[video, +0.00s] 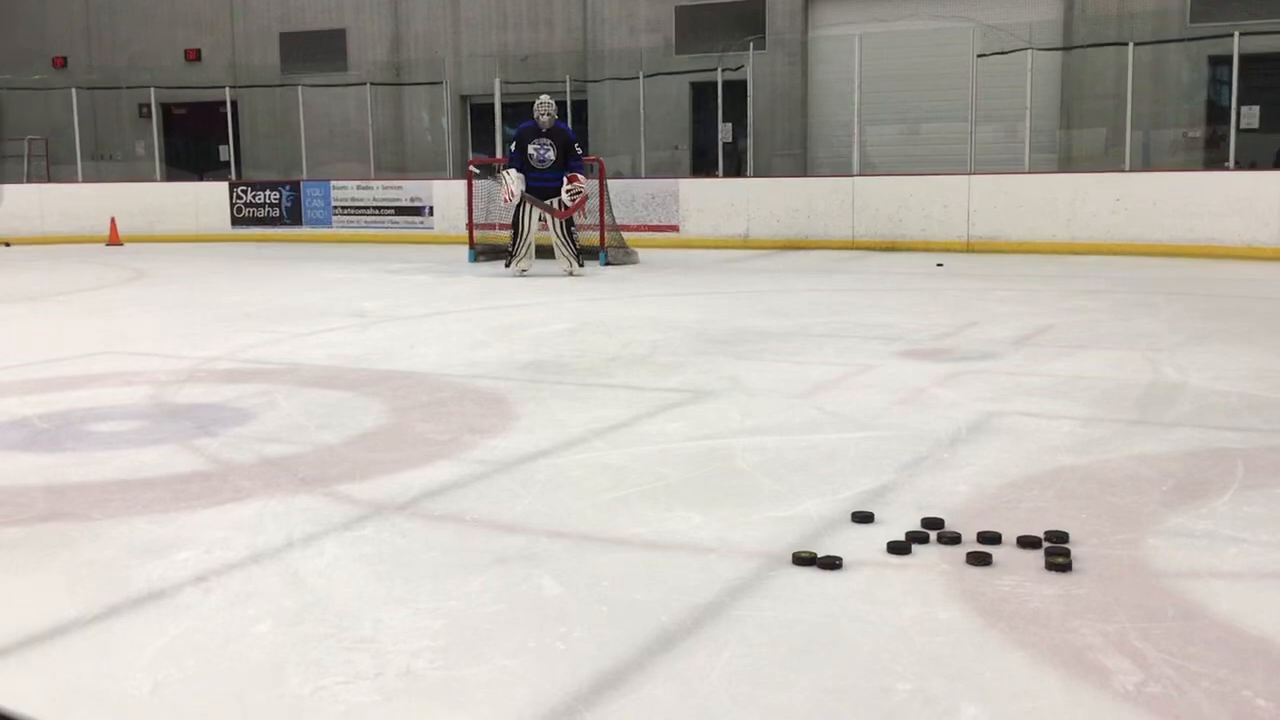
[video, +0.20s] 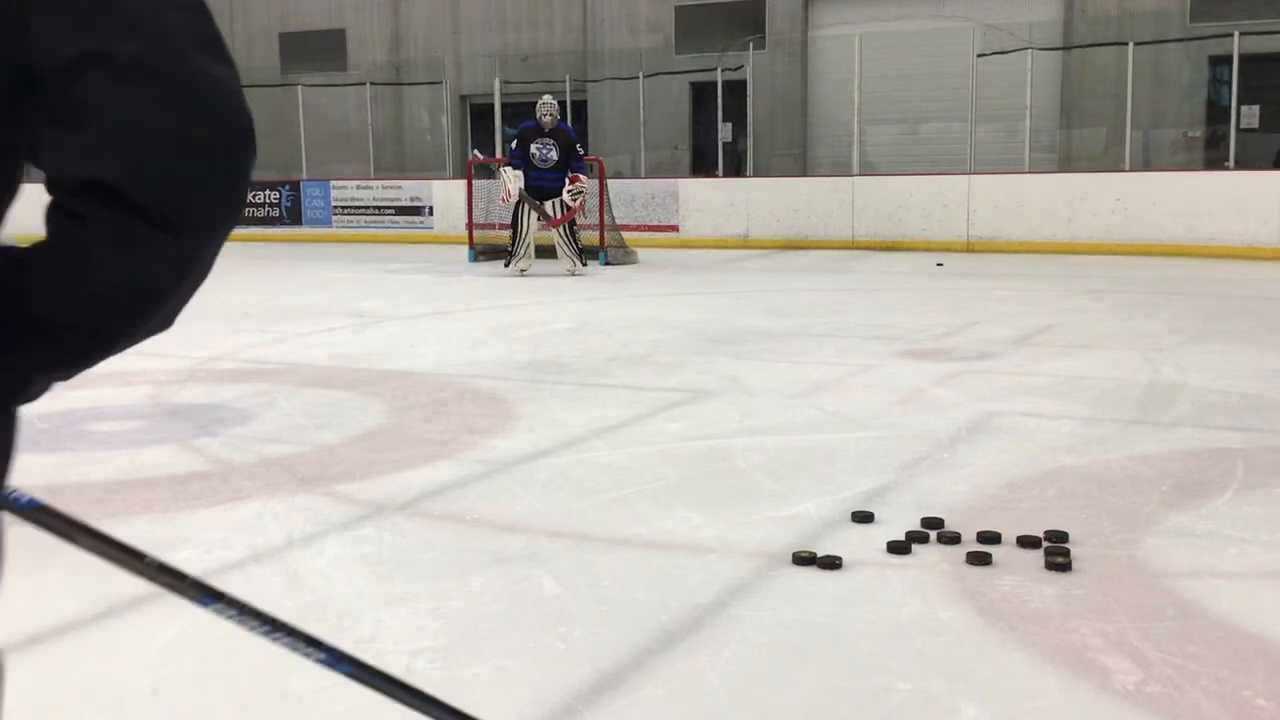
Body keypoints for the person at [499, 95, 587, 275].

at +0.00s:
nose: (544, 118)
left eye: (548, 114)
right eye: (540, 114)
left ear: (554, 115)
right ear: (535, 115)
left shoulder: (563, 133)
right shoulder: (524, 131)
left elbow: (575, 160)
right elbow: (515, 159)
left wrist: (576, 184)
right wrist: (512, 181)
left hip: (556, 190)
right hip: (529, 190)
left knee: (562, 228)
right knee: (523, 227)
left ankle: (572, 265)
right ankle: (519, 266)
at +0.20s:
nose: (547, 118)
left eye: (551, 114)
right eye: (544, 114)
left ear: (557, 115)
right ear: (538, 114)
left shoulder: (566, 133)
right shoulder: (526, 131)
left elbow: (577, 161)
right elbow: (515, 159)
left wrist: (577, 185)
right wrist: (513, 182)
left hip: (557, 190)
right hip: (530, 190)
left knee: (564, 229)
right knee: (522, 228)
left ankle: (574, 266)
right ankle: (519, 266)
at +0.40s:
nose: (549, 115)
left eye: (553, 111)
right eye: (546, 111)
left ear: (559, 113)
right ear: (539, 113)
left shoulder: (567, 134)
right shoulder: (528, 130)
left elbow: (577, 162)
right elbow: (514, 157)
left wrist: (578, 184)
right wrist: (510, 176)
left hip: (557, 190)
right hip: (530, 190)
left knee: (564, 229)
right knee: (523, 228)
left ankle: (575, 266)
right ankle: (519, 266)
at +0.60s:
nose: (551, 114)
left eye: (555, 110)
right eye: (547, 109)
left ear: (561, 113)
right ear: (541, 112)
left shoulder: (568, 134)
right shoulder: (528, 129)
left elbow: (577, 161)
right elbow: (515, 156)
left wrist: (576, 184)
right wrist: (517, 180)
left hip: (557, 191)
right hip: (530, 190)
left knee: (564, 229)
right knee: (524, 229)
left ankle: (575, 265)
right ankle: (519, 266)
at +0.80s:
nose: (549, 113)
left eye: (553, 110)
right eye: (546, 109)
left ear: (559, 113)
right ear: (539, 112)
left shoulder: (568, 134)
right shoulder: (527, 130)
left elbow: (577, 162)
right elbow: (516, 159)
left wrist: (577, 186)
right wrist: (517, 183)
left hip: (558, 191)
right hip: (531, 190)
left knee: (565, 229)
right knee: (525, 229)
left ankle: (575, 266)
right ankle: (519, 266)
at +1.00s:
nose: (547, 113)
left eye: (550, 109)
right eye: (543, 109)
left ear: (557, 111)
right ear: (538, 111)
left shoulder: (567, 133)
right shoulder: (527, 131)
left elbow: (577, 162)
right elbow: (516, 160)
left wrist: (577, 187)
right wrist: (519, 184)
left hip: (559, 191)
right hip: (532, 190)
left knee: (565, 229)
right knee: (525, 228)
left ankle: (576, 265)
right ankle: (520, 265)